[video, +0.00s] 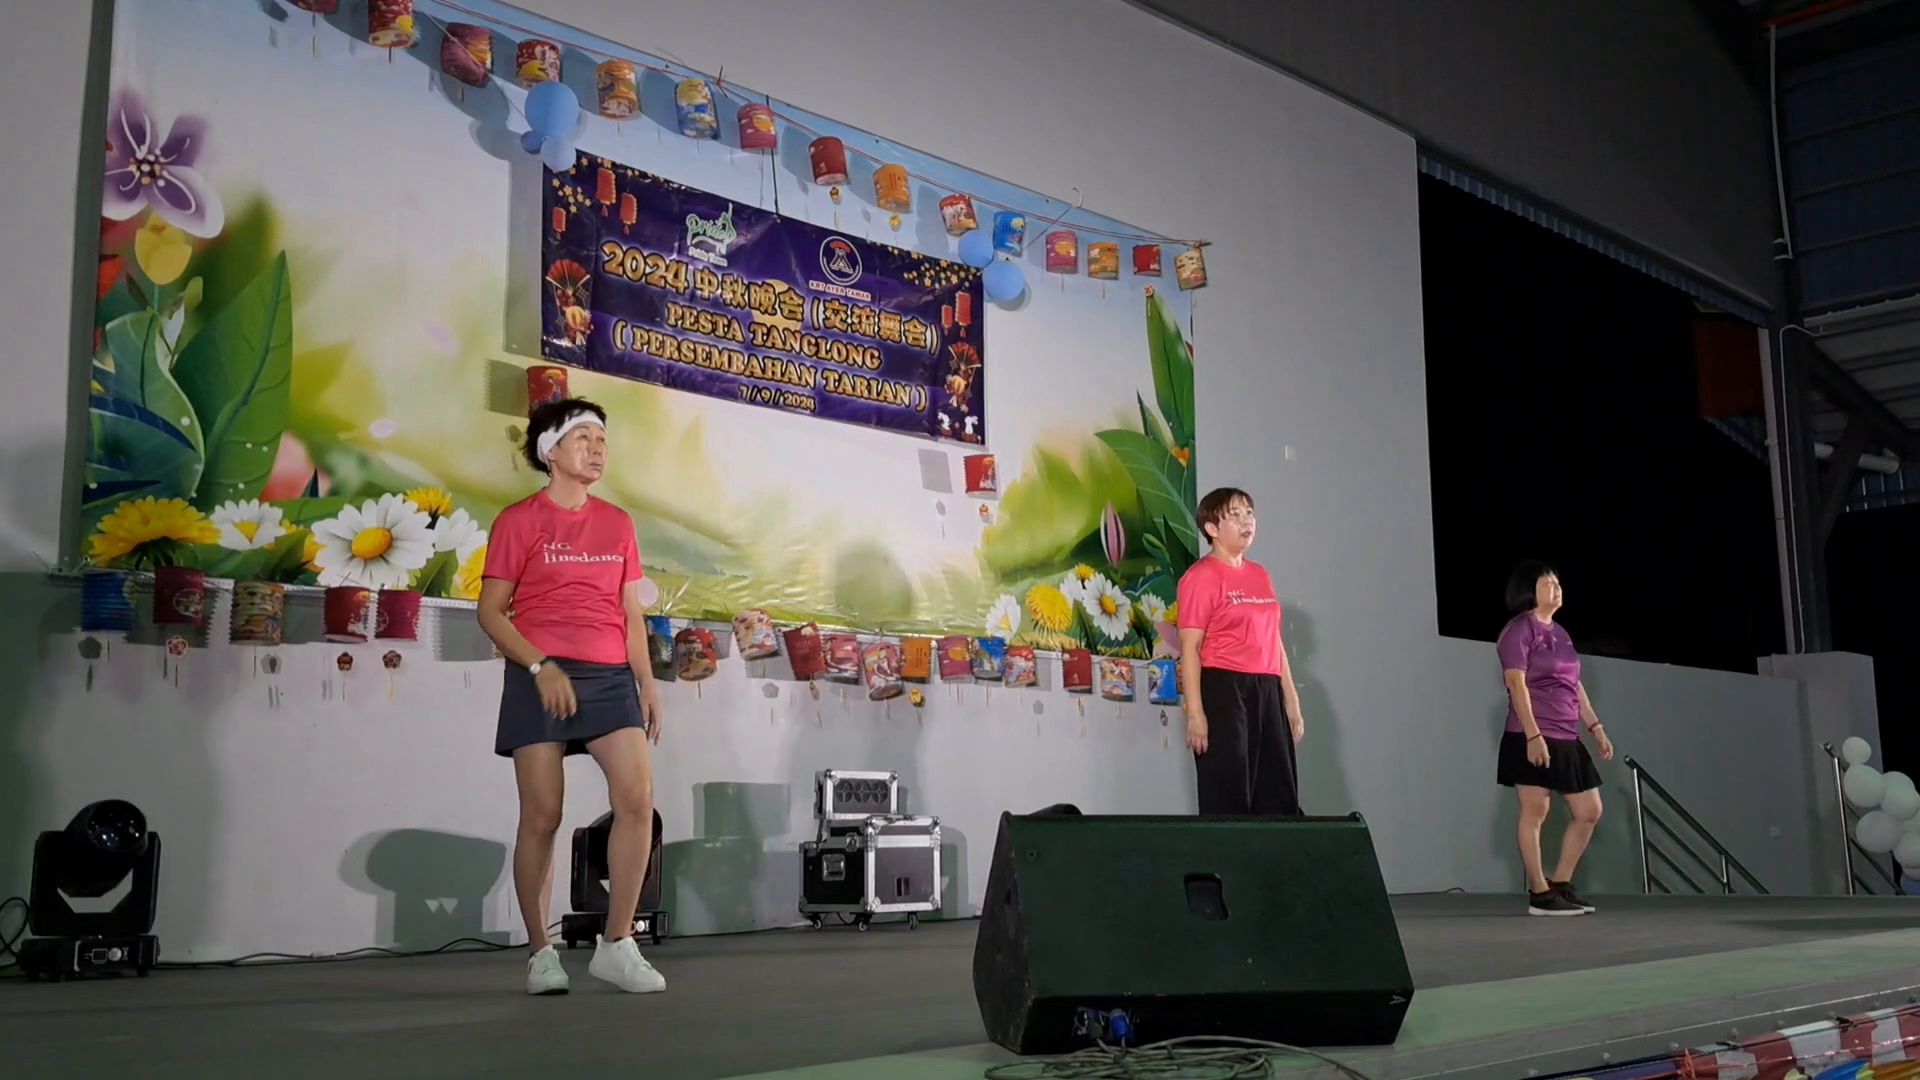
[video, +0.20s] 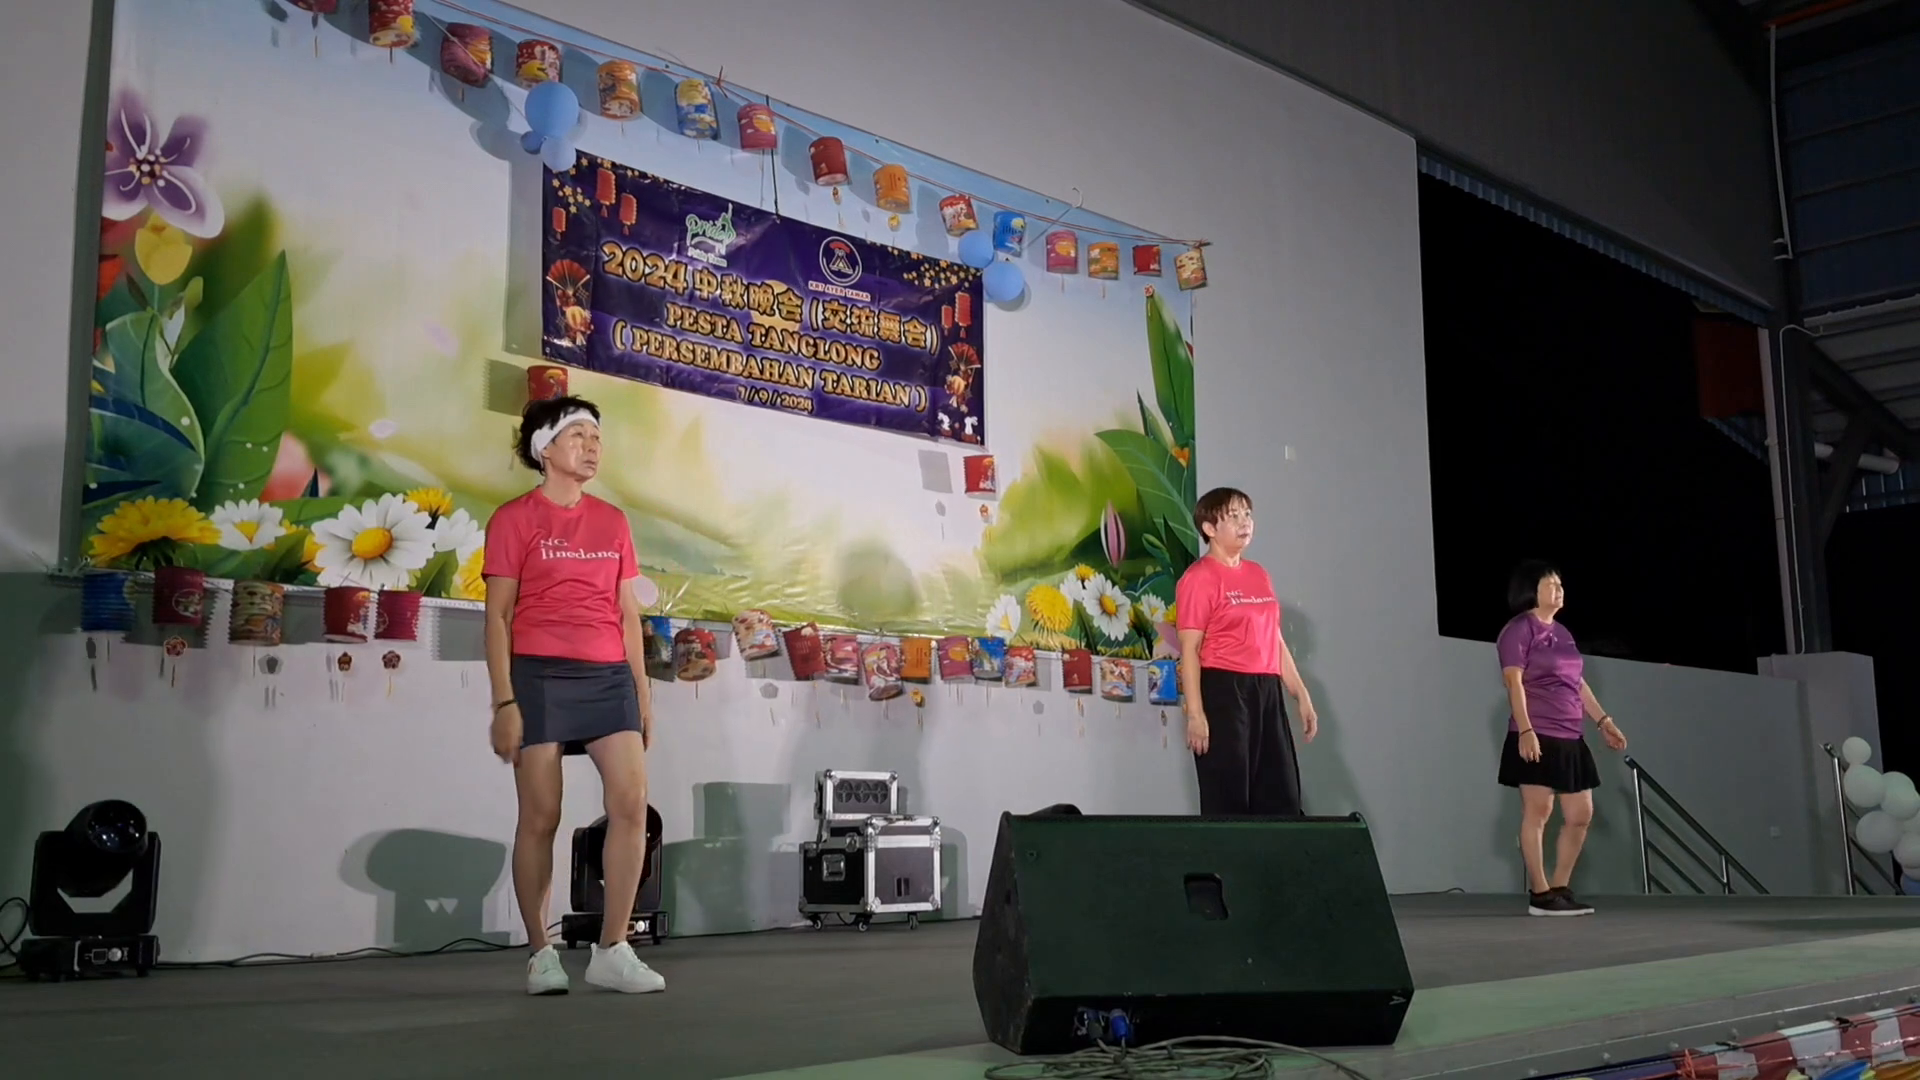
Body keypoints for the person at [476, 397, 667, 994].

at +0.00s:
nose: (596, 448)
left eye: (601, 440)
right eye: (583, 438)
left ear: (606, 453)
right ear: (551, 448)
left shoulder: (617, 523)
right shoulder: (518, 520)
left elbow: (632, 614)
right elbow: (491, 612)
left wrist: (646, 684)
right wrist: (539, 664)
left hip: (611, 681)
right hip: (538, 678)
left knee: (637, 800)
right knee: (542, 813)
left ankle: (617, 942)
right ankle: (542, 949)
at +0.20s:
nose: (591, 447)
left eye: (596, 439)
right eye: (578, 437)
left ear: (599, 450)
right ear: (544, 447)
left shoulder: (613, 521)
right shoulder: (514, 519)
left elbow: (629, 613)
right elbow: (497, 614)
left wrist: (641, 691)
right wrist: (503, 699)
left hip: (609, 678)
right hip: (537, 677)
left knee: (631, 803)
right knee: (540, 816)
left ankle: (612, 948)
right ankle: (542, 949)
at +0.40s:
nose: (590, 440)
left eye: (592, 432)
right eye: (576, 430)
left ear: (594, 446)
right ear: (542, 442)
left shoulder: (611, 516)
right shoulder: (514, 513)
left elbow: (628, 612)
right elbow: (487, 610)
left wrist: (639, 689)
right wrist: (475, 698)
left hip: (613, 677)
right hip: (540, 677)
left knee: (617, 812)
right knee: (543, 814)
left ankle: (611, 952)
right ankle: (542, 950)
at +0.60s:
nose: (587, 439)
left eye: (591, 432)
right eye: (573, 431)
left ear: (596, 446)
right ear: (540, 443)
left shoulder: (612, 516)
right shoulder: (515, 512)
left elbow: (634, 613)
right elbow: (492, 606)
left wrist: (657, 689)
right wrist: (480, 693)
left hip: (611, 677)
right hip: (537, 676)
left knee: (621, 811)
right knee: (542, 813)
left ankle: (610, 953)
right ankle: (542, 950)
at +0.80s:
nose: (583, 446)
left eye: (589, 438)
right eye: (570, 436)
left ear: (595, 449)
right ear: (538, 447)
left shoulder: (609, 521)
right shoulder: (515, 514)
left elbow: (651, 603)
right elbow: (502, 591)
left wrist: (710, 661)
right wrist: (516, 648)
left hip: (602, 676)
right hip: (534, 673)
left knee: (624, 807)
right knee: (537, 815)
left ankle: (609, 951)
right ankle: (542, 949)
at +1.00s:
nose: (580, 448)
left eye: (587, 438)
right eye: (566, 438)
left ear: (593, 450)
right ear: (536, 450)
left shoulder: (611, 523)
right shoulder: (513, 516)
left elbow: (664, 591)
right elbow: (503, 580)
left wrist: (731, 586)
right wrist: (540, 577)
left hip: (600, 676)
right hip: (530, 674)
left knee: (624, 807)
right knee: (536, 816)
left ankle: (610, 950)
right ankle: (542, 950)